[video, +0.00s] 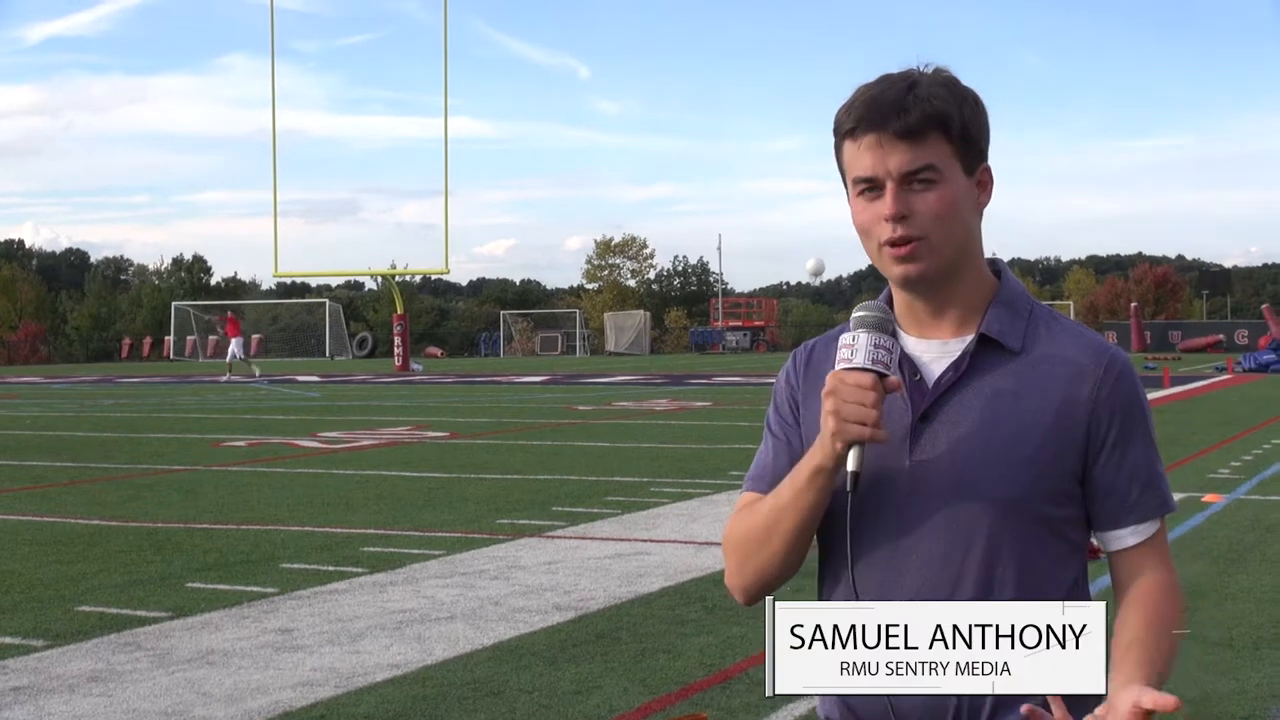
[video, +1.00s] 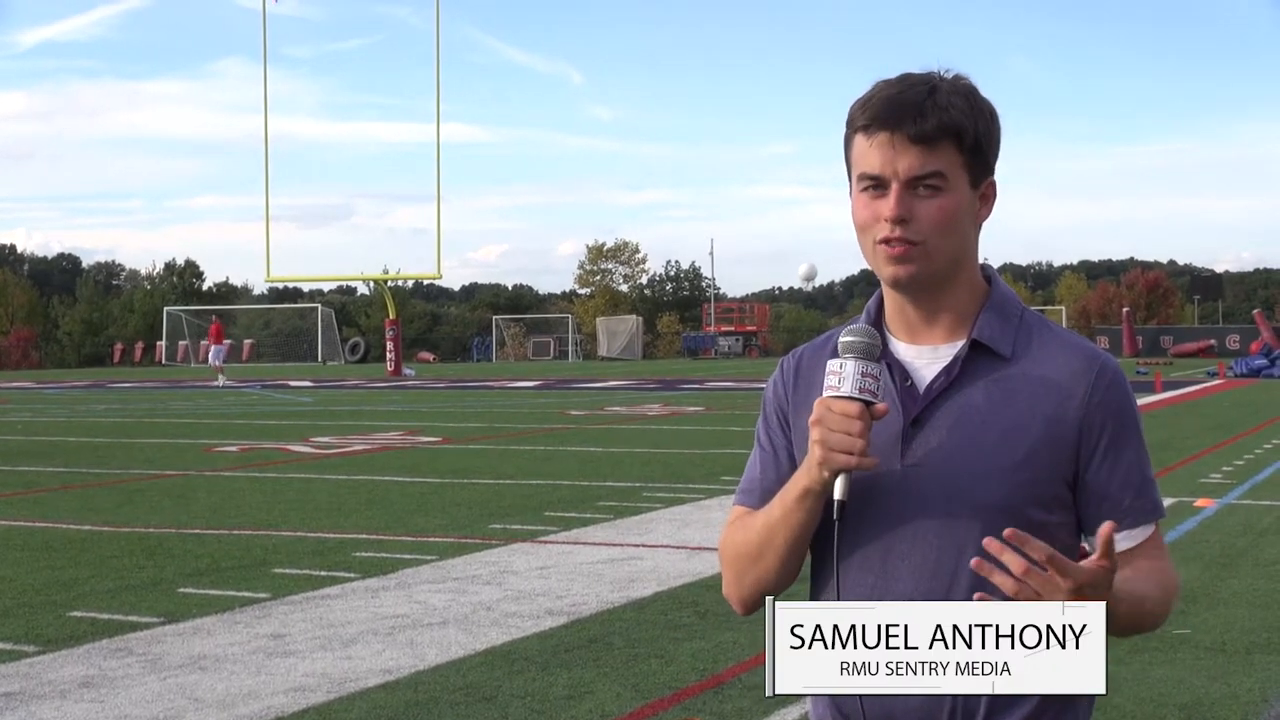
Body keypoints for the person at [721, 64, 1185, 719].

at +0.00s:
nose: (893, 212)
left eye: (921, 181)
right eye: (870, 190)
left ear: (981, 187)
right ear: (850, 207)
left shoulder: (1089, 373)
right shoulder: (814, 372)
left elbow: (1145, 570)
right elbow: (744, 575)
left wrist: (1128, 687)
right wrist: (825, 453)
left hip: (1030, 709)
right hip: (857, 707)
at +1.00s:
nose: (894, 213)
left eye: (927, 186)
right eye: (873, 186)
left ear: (984, 198)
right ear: (852, 200)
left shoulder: (1083, 382)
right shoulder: (805, 377)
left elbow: (1153, 583)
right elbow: (741, 585)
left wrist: (1099, 595)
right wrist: (814, 474)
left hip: (1026, 709)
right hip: (849, 707)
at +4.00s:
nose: (918, 199)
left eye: (946, 176)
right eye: (891, 176)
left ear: (983, 200)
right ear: (852, 203)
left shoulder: (1076, 378)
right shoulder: (796, 384)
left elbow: (1149, 606)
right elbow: (742, 588)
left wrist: (1107, 550)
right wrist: (822, 502)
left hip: (1026, 706)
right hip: (846, 707)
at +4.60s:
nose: (917, 201)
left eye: (945, 178)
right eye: (890, 179)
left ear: (982, 200)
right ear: (850, 205)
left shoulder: (1074, 382)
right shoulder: (795, 384)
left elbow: (1141, 585)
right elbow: (741, 587)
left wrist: (1085, 590)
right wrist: (823, 507)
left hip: (1021, 708)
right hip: (844, 708)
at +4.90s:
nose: (914, 200)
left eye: (946, 180)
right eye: (891, 176)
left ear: (988, 205)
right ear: (858, 201)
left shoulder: (1076, 380)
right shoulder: (796, 381)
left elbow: (1143, 609)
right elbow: (738, 586)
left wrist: (1100, 545)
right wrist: (816, 502)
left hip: (1023, 705)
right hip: (847, 707)